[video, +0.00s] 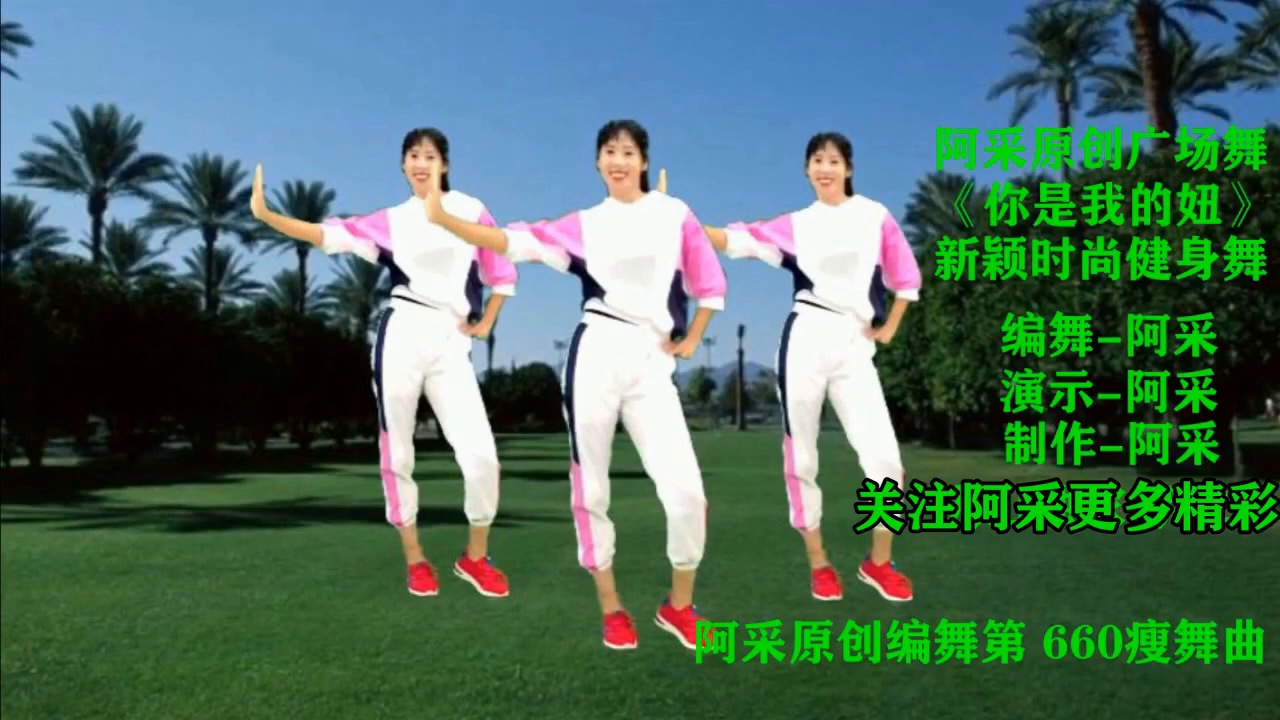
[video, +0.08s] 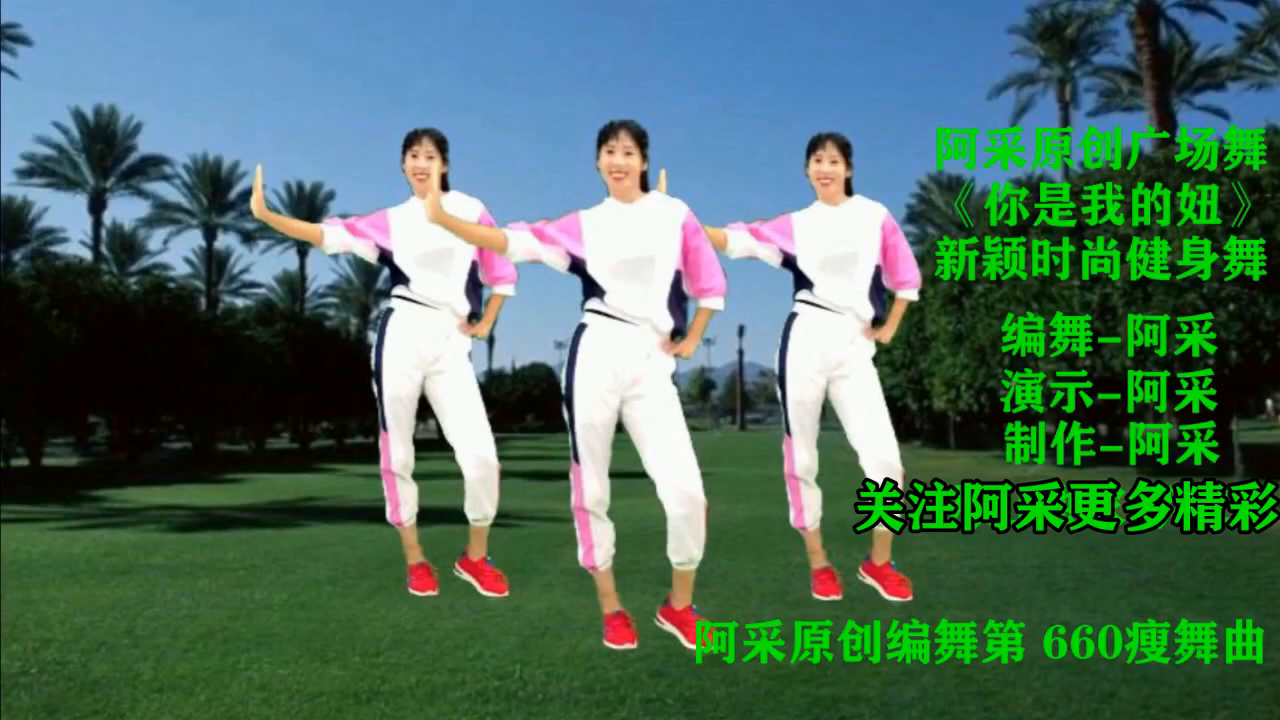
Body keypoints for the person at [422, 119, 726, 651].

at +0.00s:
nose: (618, 160)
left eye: (628, 152)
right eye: (609, 152)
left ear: (644, 162)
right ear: (598, 163)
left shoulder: (675, 216)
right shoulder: (586, 223)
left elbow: (711, 284)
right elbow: (510, 241)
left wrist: (689, 342)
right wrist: (442, 218)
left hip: (654, 353)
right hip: (598, 348)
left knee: (686, 492)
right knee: (593, 488)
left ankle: (679, 607)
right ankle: (612, 611)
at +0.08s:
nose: (618, 160)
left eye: (627, 152)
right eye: (609, 152)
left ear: (644, 162)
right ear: (598, 163)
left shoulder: (675, 215)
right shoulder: (586, 223)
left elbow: (711, 284)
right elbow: (510, 241)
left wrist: (689, 342)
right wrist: (443, 218)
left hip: (653, 353)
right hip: (598, 349)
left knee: (686, 492)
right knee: (593, 489)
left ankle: (679, 607)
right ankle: (612, 611)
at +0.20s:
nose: (618, 160)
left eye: (628, 152)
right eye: (609, 152)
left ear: (644, 162)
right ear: (598, 163)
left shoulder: (675, 216)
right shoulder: (586, 223)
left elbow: (711, 284)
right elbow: (510, 241)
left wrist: (689, 342)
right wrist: (442, 218)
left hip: (654, 353)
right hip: (598, 348)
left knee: (686, 492)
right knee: (593, 488)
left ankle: (679, 607)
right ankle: (612, 610)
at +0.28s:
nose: (618, 160)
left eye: (628, 152)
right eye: (609, 152)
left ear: (644, 162)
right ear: (598, 163)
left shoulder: (675, 216)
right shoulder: (586, 223)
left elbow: (711, 284)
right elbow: (510, 241)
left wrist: (689, 342)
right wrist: (442, 218)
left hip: (654, 353)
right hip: (598, 348)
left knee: (686, 492)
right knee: (593, 488)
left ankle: (679, 607)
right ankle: (612, 610)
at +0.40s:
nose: (618, 160)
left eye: (628, 152)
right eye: (609, 152)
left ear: (644, 162)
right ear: (598, 163)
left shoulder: (675, 216)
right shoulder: (586, 223)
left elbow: (711, 284)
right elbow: (510, 241)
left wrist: (689, 342)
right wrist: (442, 218)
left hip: (654, 353)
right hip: (598, 348)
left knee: (686, 492)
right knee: (593, 488)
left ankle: (679, 607)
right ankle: (612, 611)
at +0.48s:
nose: (618, 160)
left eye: (628, 152)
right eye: (609, 152)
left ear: (644, 162)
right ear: (598, 163)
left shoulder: (675, 216)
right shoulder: (586, 223)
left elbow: (711, 284)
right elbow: (510, 241)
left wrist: (689, 342)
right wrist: (442, 218)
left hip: (654, 353)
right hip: (598, 348)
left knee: (686, 492)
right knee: (593, 488)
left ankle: (679, 607)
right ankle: (612, 610)